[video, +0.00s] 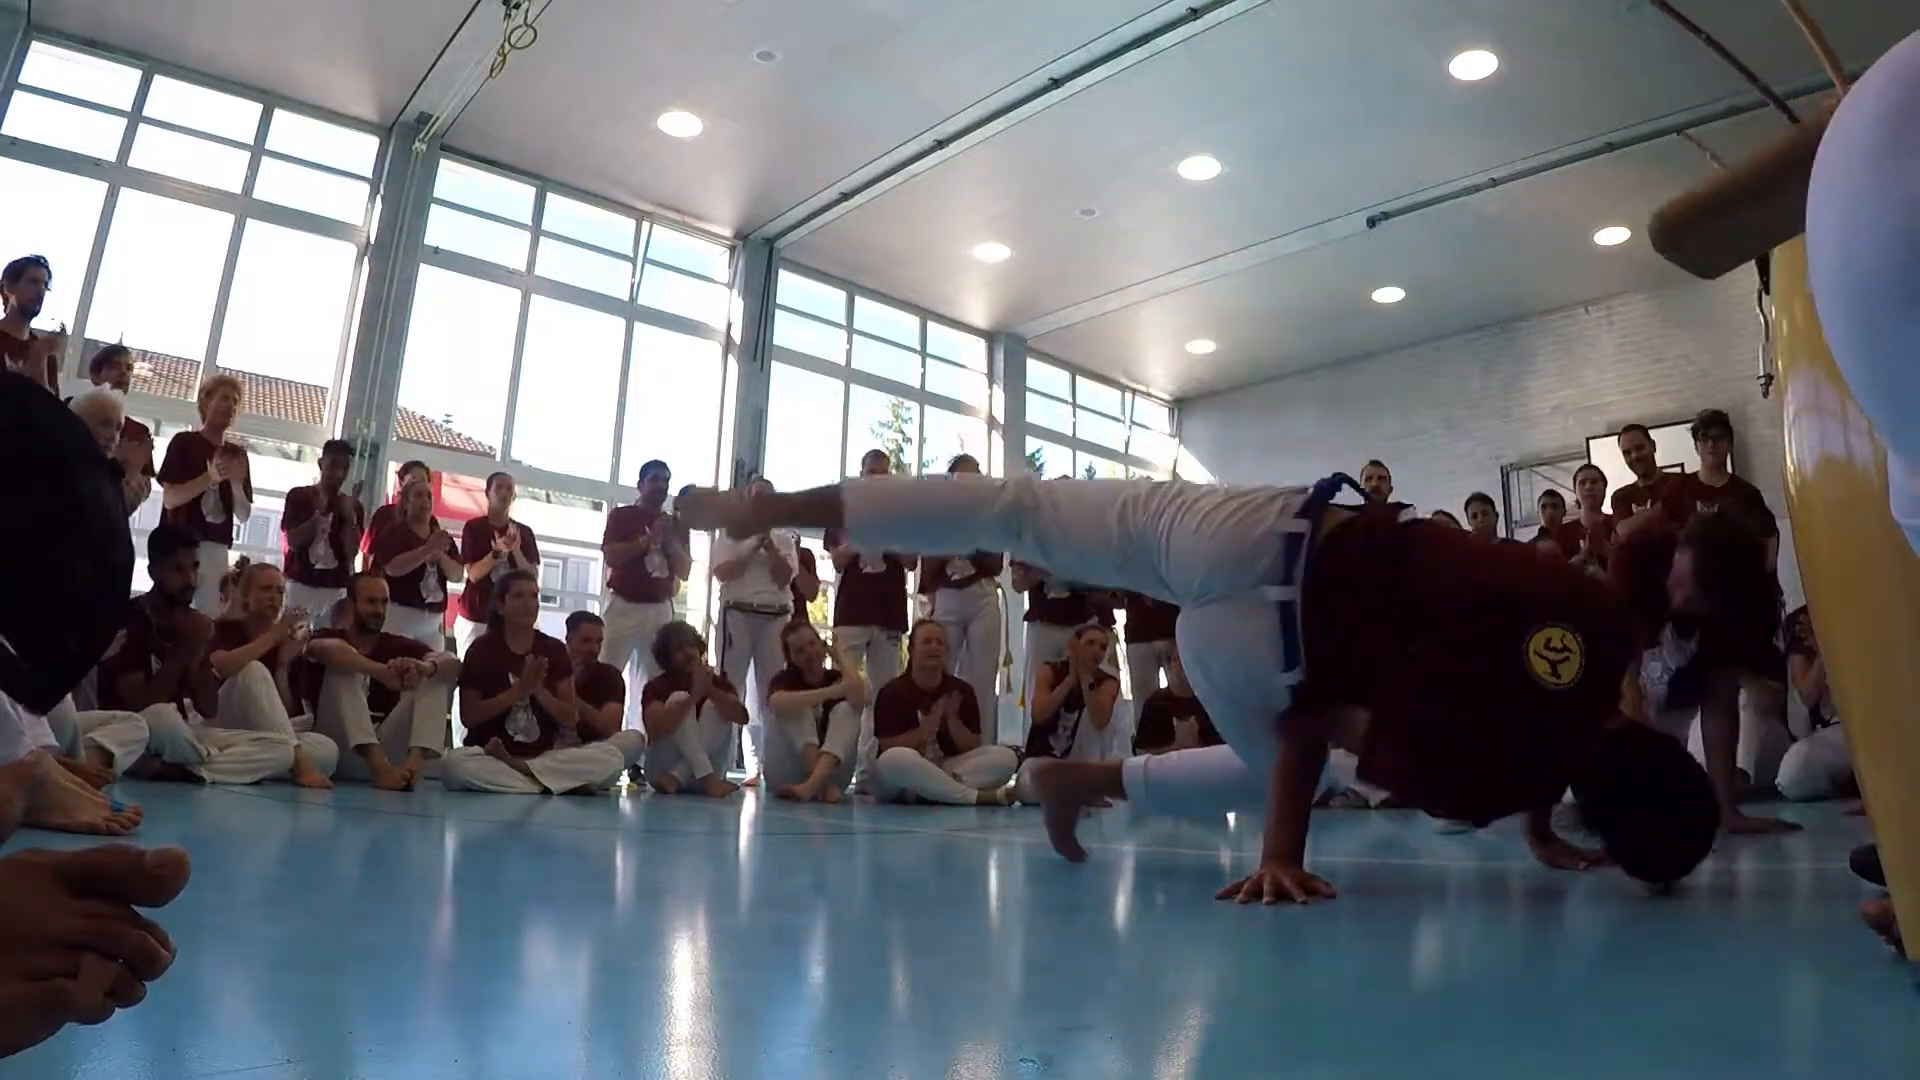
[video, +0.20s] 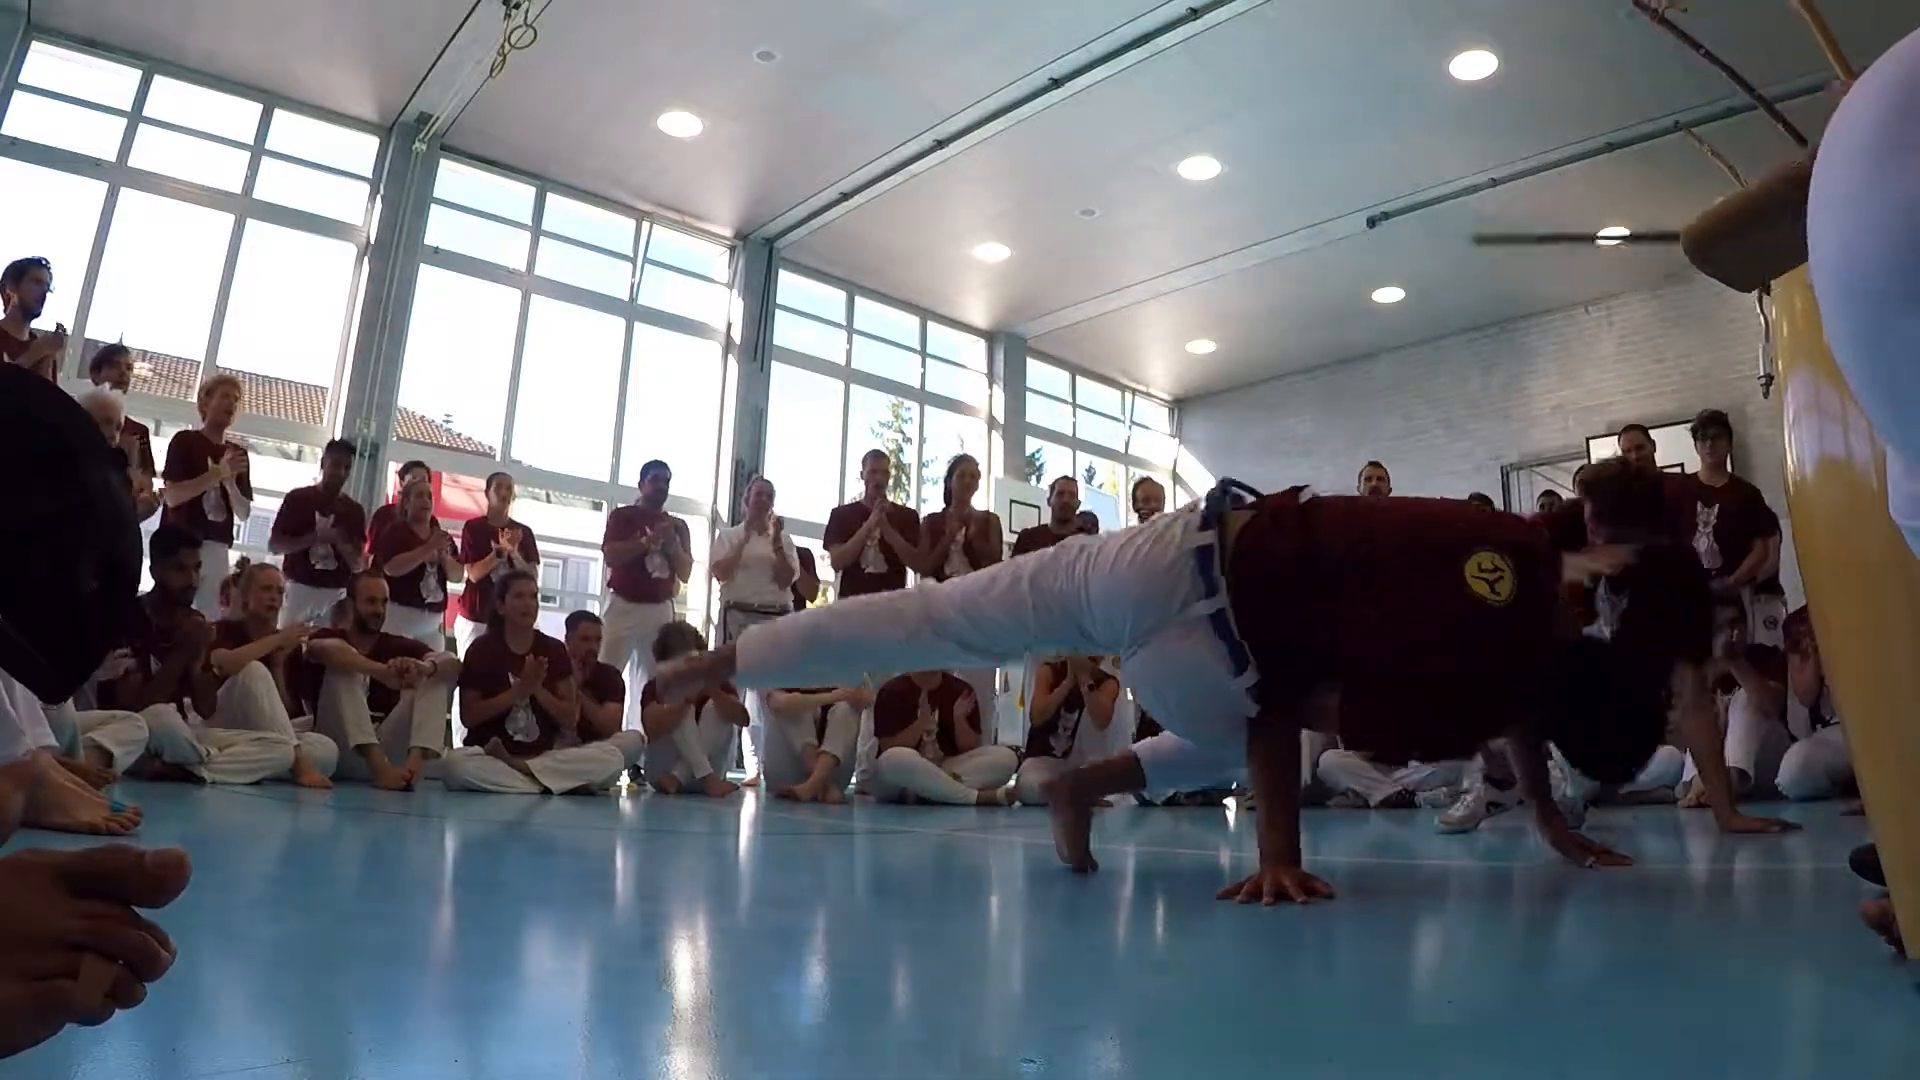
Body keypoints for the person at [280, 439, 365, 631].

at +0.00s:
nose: (337, 473)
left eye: (343, 468)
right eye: (332, 465)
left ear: (348, 471)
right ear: (321, 464)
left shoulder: (353, 506)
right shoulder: (298, 496)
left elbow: (352, 551)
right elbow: (293, 540)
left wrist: (348, 515)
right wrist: (317, 518)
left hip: (336, 589)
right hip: (301, 584)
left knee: (330, 653)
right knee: (293, 649)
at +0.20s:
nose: (340, 473)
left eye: (346, 467)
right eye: (335, 465)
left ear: (350, 472)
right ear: (322, 464)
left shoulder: (354, 510)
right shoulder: (296, 499)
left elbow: (357, 564)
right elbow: (275, 545)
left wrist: (339, 539)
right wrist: (315, 537)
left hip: (335, 594)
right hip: (298, 589)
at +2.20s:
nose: (342, 479)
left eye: (347, 473)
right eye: (336, 471)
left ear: (351, 474)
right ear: (321, 466)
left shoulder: (352, 508)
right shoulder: (297, 498)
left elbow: (351, 557)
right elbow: (288, 546)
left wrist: (358, 530)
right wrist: (308, 516)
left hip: (332, 590)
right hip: (297, 586)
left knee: (324, 656)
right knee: (286, 649)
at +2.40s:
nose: (337, 475)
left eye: (342, 469)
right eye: (333, 468)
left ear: (348, 471)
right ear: (320, 464)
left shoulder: (353, 509)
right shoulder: (296, 499)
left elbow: (351, 557)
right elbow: (273, 545)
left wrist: (339, 537)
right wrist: (310, 542)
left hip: (334, 592)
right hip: (296, 589)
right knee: (285, 654)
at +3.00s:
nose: (333, 473)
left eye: (337, 467)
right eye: (327, 466)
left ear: (341, 468)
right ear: (311, 465)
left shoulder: (348, 505)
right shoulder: (287, 499)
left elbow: (351, 557)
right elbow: (287, 548)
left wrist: (354, 527)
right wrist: (306, 522)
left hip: (334, 591)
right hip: (297, 589)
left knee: (328, 661)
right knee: (290, 656)